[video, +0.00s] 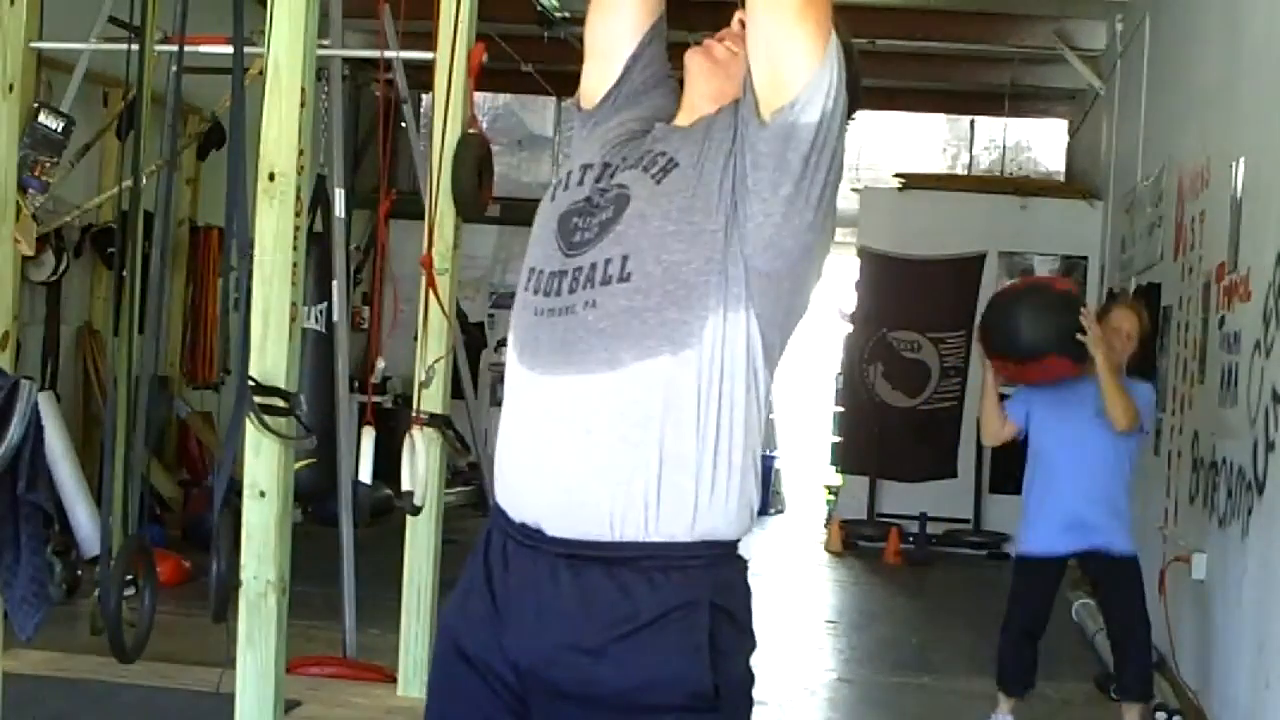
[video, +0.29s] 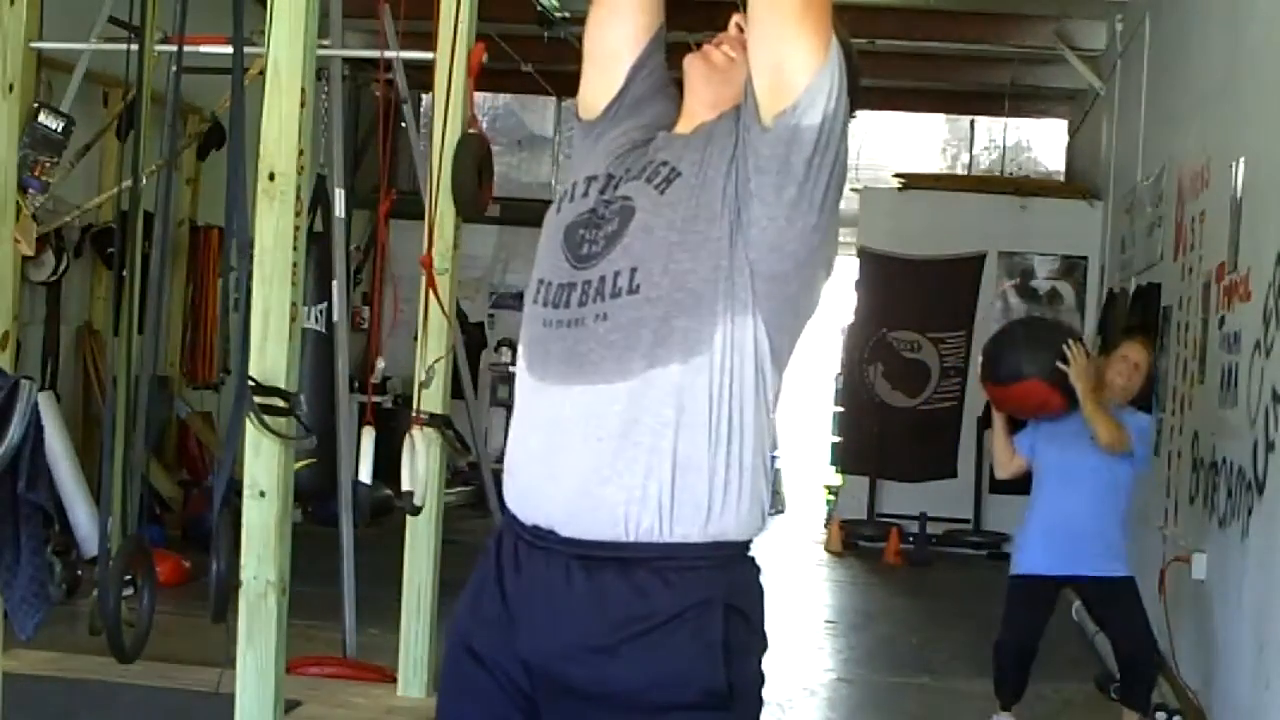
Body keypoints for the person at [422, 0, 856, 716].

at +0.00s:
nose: (729, 29)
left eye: (758, 31)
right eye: (729, 19)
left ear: (779, 74)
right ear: (701, 41)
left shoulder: (778, 152)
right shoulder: (608, 129)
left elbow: (794, 1)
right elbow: (621, 1)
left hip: (660, 597)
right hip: (504, 571)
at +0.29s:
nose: (731, 32)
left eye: (757, 35)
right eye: (728, 24)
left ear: (778, 80)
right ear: (701, 45)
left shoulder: (781, 163)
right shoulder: (611, 135)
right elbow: (622, 2)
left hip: (671, 601)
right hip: (514, 577)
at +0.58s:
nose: (725, 24)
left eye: (754, 29)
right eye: (725, 12)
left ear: (772, 74)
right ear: (694, 37)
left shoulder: (775, 158)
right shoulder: (602, 126)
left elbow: (799, 1)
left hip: (663, 599)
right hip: (506, 573)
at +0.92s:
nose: (747, 32)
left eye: (775, 35)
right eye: (748, 23)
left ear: (792, 80)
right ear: (719, 41)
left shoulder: (788, 161)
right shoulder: (608, 129)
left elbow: (814, 3)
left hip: (661, 602)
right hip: (504, 573)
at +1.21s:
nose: (806, 58)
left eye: (833, 64)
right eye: (816, 41)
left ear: (853, 130)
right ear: (767, 45)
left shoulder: (811, 194)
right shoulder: (614, 154)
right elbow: (473, 75)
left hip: (657, 612)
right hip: (504, 577)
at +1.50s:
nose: (762, 128)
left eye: (804, 132)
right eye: (773, 95)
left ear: (829, 178)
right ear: (752, 83)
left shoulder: (808, 258)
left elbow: (656, 210)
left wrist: (648, 107)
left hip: (630, 637)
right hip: (481, 597)